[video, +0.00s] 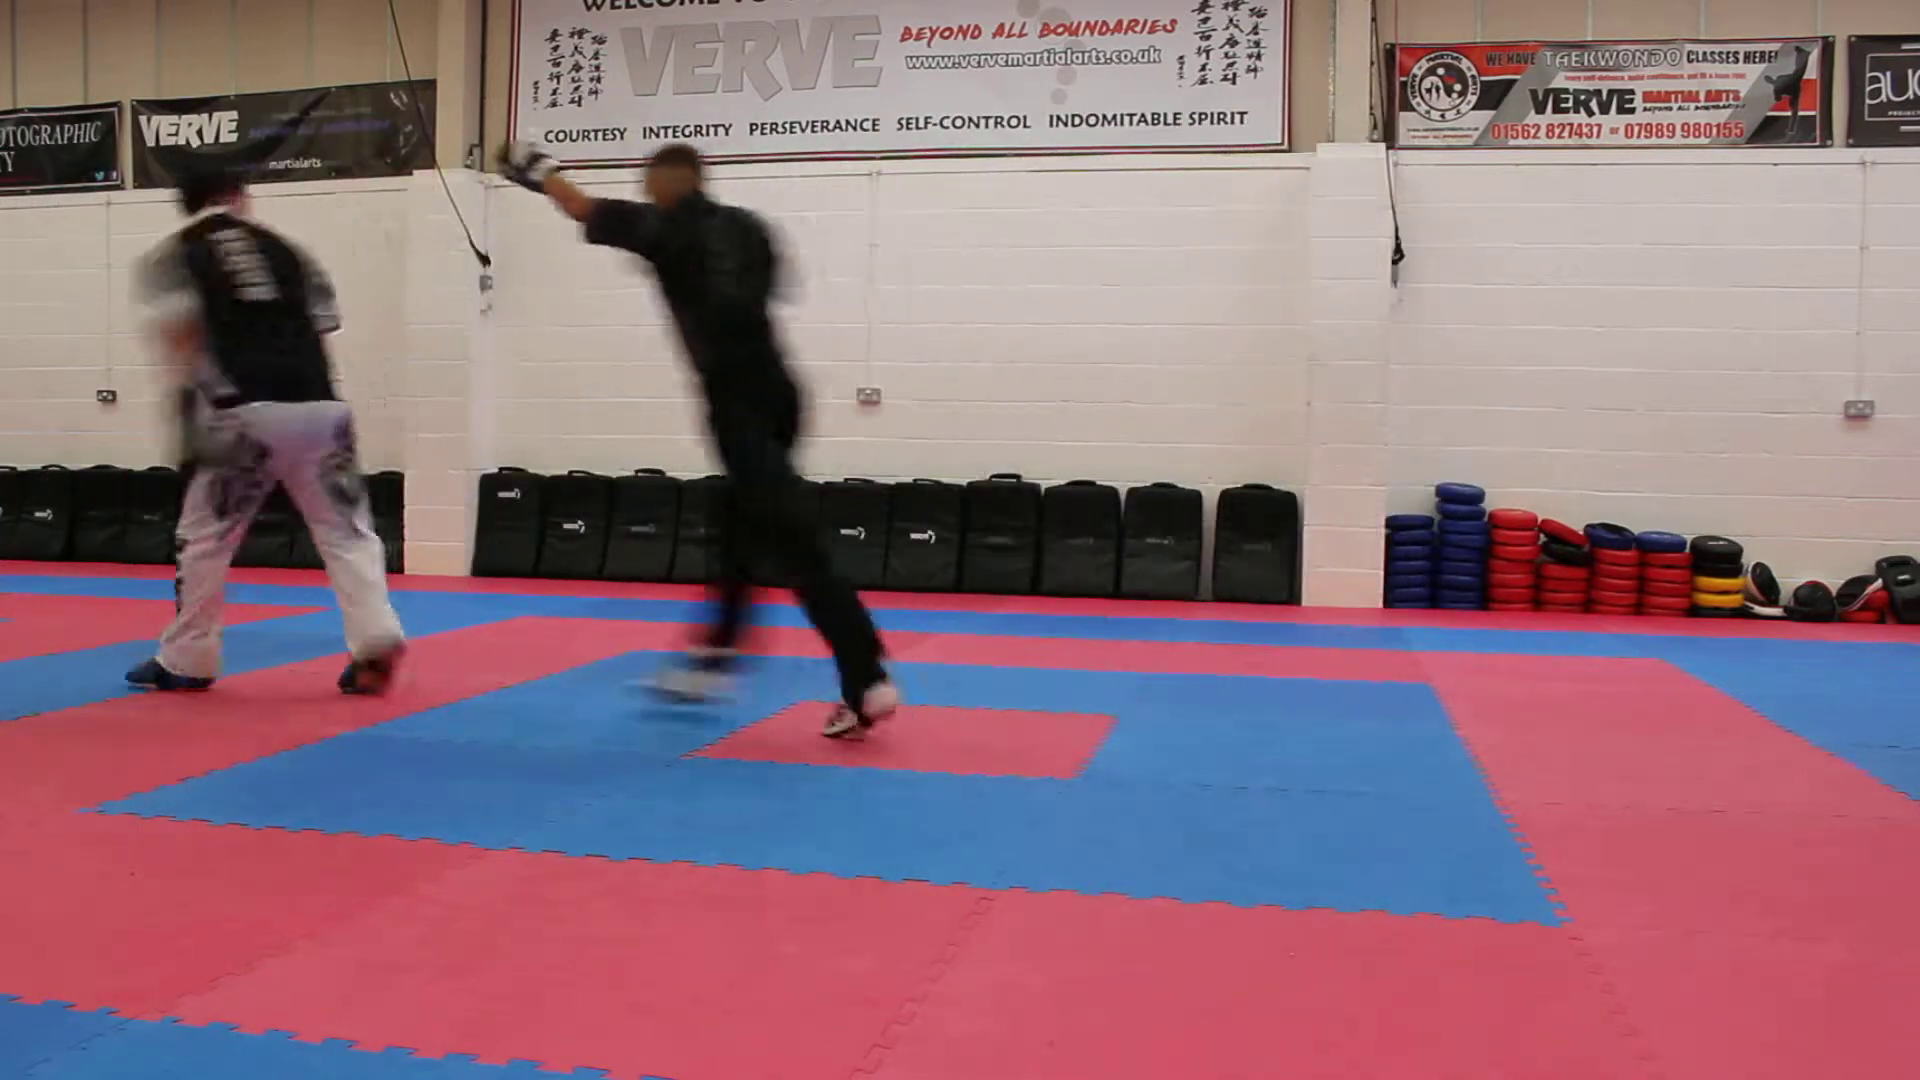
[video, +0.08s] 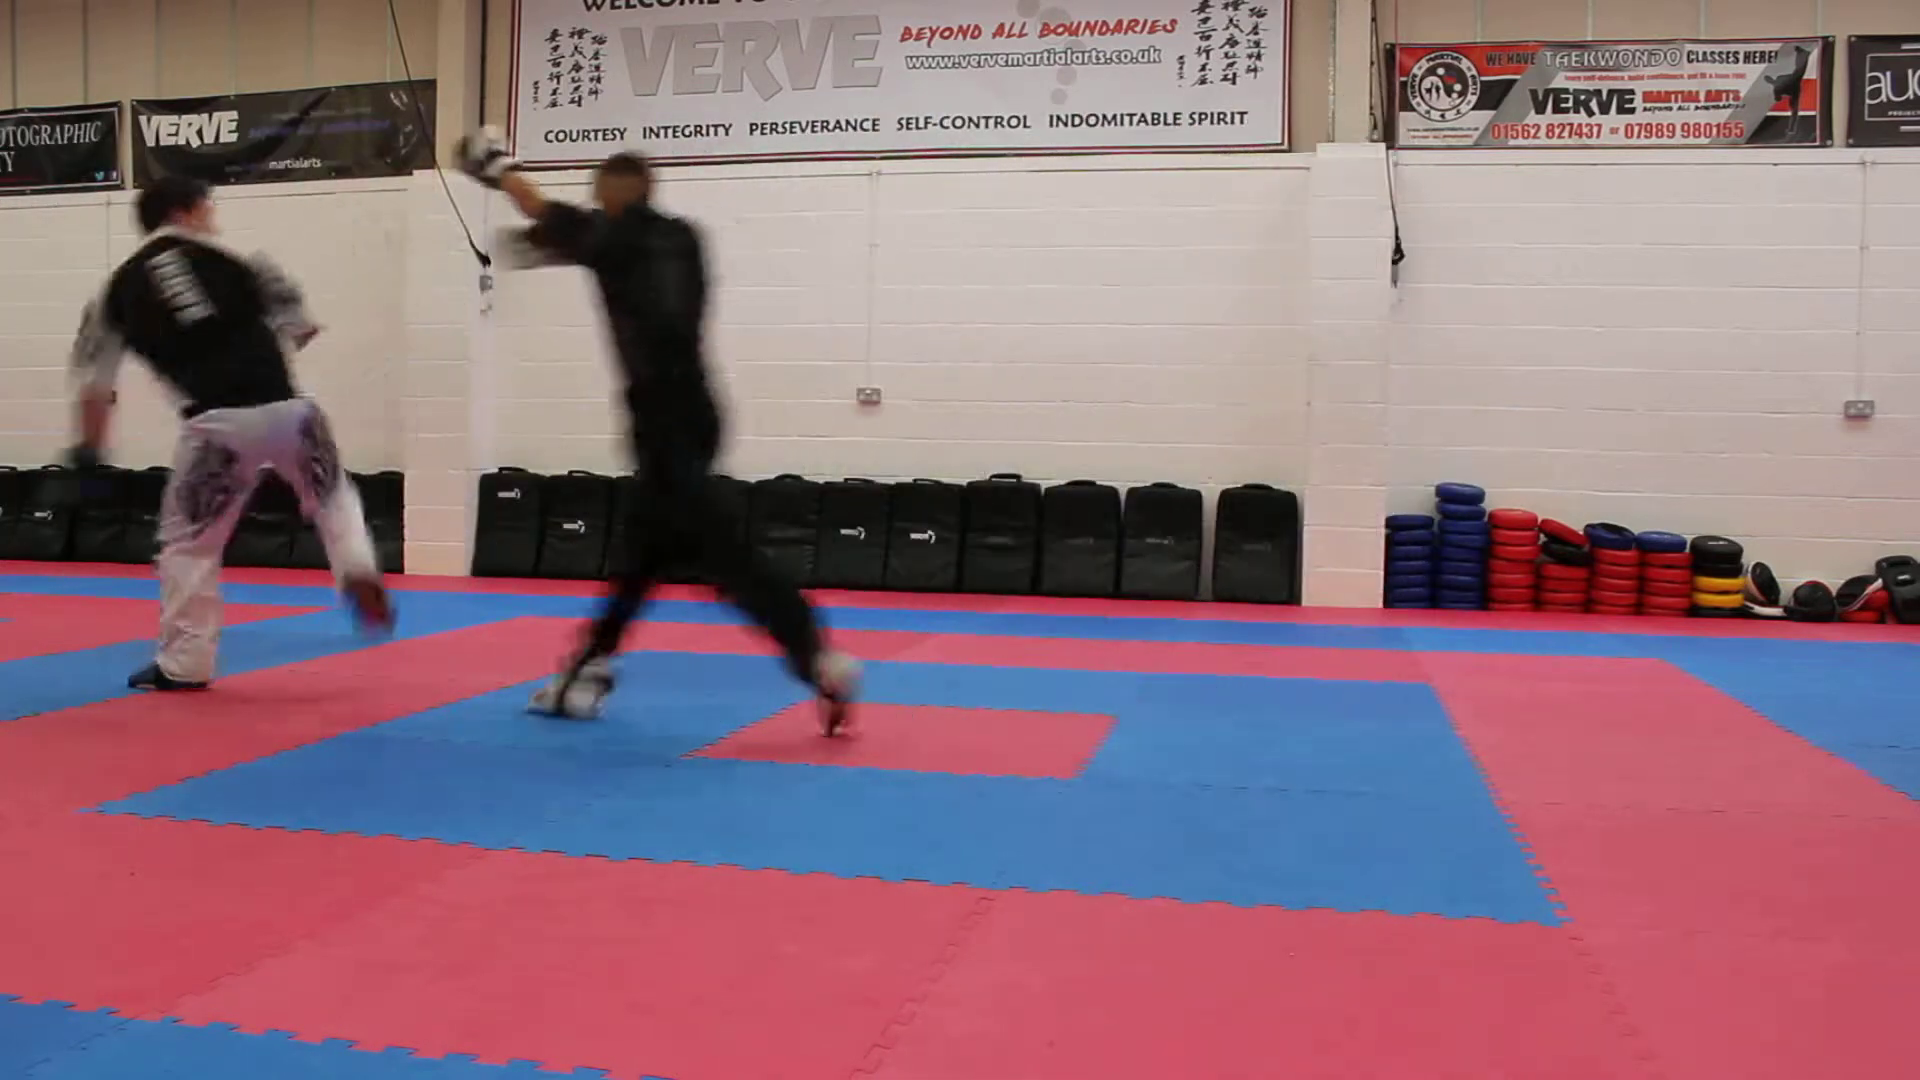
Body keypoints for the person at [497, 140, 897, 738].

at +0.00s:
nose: (650, 189)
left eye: (655, 179)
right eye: (652, 179)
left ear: (668, 180)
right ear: (698, 177)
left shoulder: (668, 227)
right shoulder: (744, 226)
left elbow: (588, 212)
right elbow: (778, 278)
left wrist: (537, 172)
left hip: (736, 406)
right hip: (774, 397)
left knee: (794, 538)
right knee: (737, 524)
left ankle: (868, 678)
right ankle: (718, 649)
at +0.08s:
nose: (597, 200)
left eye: (602, 191)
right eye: (599, 191)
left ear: (620, 191)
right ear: (644, 190)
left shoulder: (623, 235)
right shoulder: (678, 235)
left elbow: (547, 213)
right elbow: (598, 239)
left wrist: (497, 169)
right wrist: (539, 245)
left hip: (664, 421)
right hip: (687, 417)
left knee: (722, 549)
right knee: (641, 551)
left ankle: (817, 660)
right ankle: (588, 671)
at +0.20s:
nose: (511, 202)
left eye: (517, 194)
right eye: (515, 194)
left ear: (530, 199)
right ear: (558, 201)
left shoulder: (527, 248)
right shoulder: (586, 249)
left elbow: (469, 226)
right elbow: (507, 245)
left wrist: (419, 175)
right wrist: (447, 232)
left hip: (578, 425)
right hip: (613, 421)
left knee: (543, 564)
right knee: (566, 562)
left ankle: (573, 682)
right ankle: (635, 626)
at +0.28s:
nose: (458, 195)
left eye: (463, 186)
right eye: (462, 186)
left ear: (472, 188)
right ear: (504, 190)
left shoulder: (475, 239)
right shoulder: (531, 241)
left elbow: (401, 221)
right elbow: (506, 341)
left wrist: (354, 182)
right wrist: (428, 341)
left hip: (519, 419)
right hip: (558, 415)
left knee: (453, 550)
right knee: (519, 547)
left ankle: (502, 649)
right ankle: (572, 667)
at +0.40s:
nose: (370, 178)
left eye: (376, 168)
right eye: (372, 169)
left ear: (395, 169)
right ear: (420, 170)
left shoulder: (379, 222)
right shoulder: (452, 221)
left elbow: (302, 217)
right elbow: (393, 295)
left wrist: (246, 186)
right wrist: (317, 315)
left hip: (417, 415)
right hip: (466, 410)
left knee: (365, 533)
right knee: (469, 536)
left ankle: (313, 667)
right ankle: (535, 641)